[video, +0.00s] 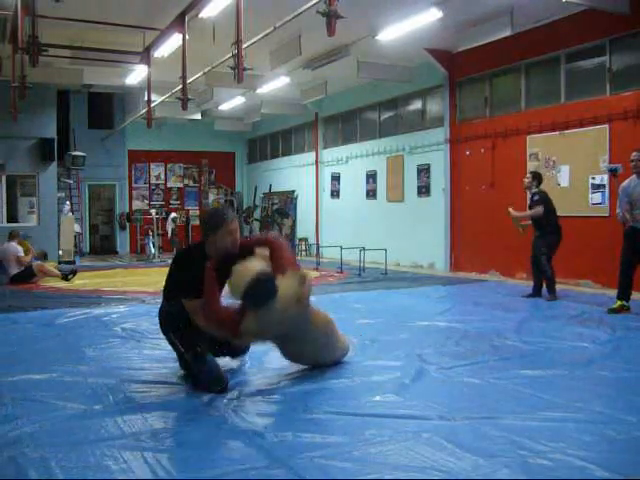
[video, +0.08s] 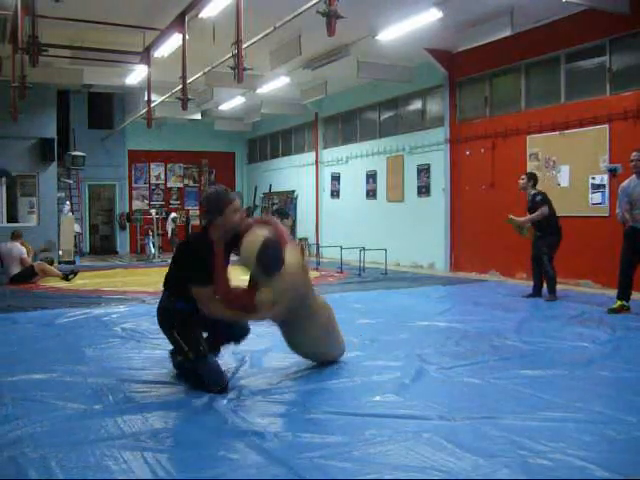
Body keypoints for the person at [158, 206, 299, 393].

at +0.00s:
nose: (236, 238)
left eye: (237, 232)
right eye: (230, 234)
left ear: (240, 230)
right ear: (213, 236)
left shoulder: (234, 253)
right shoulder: (187, 260)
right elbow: (198, 315)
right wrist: (234, 332)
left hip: (205, 310)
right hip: (177, 319)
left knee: (238, 347)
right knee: (216, 384)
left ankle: (200, 344)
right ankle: (190, 366)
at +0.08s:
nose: (243, 216)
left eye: (241, 210)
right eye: (236, 212)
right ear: (217, 219)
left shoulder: (226, 239)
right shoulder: (195, 247)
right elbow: (207, 306)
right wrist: (252, 316)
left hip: (202, 307)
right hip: (177, 314)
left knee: (238, 329)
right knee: (217, 384)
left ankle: (203, 349)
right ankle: (181, 361)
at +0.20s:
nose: (246, 200)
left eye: (244, 195)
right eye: (241, 197)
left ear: (225, 205)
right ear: (226, 204)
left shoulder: (224, 229)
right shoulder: (210, 234)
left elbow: (240, 275)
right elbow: (222, 295)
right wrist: (272, 293)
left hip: (200, 303)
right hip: (180, 310)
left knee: (235, 311)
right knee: (218, 384)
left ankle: (202, 345)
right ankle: (166, 364)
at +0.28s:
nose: (242, 185)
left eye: (239, 180)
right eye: (237, 182)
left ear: (221, 193)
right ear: (227, 192)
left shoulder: (226, 219)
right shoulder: (216, 223)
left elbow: (251, 253)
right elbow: (238, 277)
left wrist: (279, 255)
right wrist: (281, 270)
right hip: (188, 301)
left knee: (233, 294)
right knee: (217, 383)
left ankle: (211, 352)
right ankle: (153, 361)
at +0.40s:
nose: (237, 182)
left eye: (234, 177)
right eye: (234, 178)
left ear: (206, 188)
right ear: (229, 186)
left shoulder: (198, 216)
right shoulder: (227, 220)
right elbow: (258, 263)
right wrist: (295, 248)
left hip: (188, 294)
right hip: (203, 303)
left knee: (232, 290)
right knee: (218, 382)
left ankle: (223, 351)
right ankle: (148, 356)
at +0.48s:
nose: (235, 184)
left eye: (233, 181)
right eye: (233, 181)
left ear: (205, 190)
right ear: (229, 186)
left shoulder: (196, 219)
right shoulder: (236, 218)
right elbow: (272, 251)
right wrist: (303, 232)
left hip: (189, 297)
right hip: (215, 302)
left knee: (236, 293)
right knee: (217, 384)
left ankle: (225, 357)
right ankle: (141, 370)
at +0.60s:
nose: (237, 189)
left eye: (234, 186)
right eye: (235, 186)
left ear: (207, 193)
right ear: (232, 191)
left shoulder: (199, 222)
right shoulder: (244, 215)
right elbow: (289, 236)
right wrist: (308, 221)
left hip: (194, 294)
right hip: (221, 298)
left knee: (244, 296)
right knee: (213, 380)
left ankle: (224, 357)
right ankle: (137, 371)